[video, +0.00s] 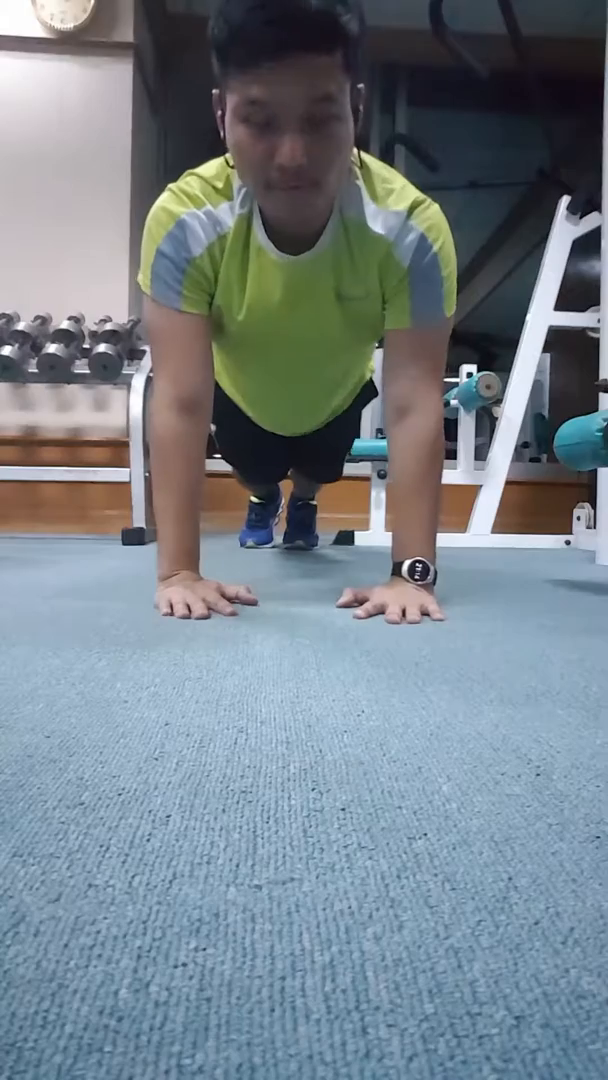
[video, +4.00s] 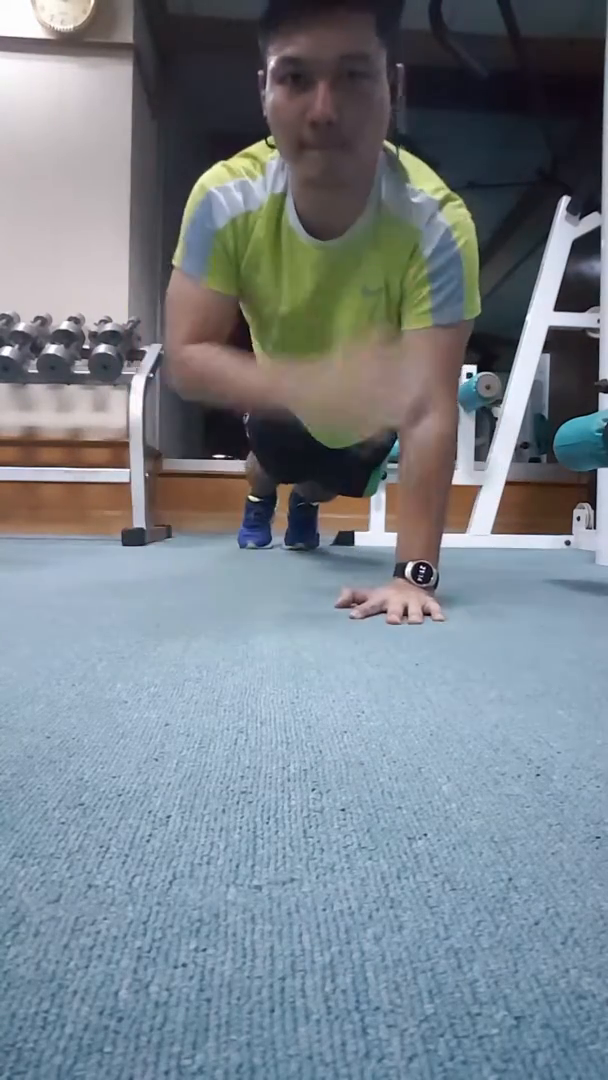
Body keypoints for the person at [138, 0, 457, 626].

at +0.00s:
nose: (292, 153)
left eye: (320, 119)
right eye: (261, 121)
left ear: (355, 111)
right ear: (222, 117)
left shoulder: (410, 231)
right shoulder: (185, 221)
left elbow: (416, 405)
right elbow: (179, 403)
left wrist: (413, 573)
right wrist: (179, 572)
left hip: (335, 397)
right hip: (240, 394)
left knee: (313, 469)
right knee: (255, 469)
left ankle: (300, 502)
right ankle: (264, 498)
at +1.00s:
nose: (306, 248)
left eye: (337, 212)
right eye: (271, 215)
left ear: (376, 171)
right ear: (222, 169)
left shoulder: (428, 275)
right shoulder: (175, 260)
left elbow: (451, 436)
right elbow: (125, 427)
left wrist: (415, 574)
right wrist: (173, 574)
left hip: (339, 463)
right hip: (240, 458)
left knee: (314, 499)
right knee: (256, 498)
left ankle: (301, 519)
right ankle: (260, 518)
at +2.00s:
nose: (317, 261)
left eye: (350, 224)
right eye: (281, 228)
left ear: (387, 192)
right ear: (227, 192)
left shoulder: (433, 288)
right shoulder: (174, 288)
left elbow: (471, 442)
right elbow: (117, 436)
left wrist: (418, 576)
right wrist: (175, 575)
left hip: (342, 484)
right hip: (236, 491)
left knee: (324, 515)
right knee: (251, 525)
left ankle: (313, 531)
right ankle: (268, 533)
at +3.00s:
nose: (303, 518)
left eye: (343, 473)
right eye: (265, 472)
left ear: (384, 453)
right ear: (217, 447)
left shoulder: (436, 466)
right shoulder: (169, 457)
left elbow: (503, 458)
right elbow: (95, 440)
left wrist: (423, 575)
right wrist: (166, 577)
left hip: (364, 570)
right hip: (220, 566)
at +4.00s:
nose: (324, 107)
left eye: (354, 76)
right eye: (296, 79)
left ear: (393, 88)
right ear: (265, 93)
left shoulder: (434, 223)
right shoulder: (225, 199)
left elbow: (430, 405)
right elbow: (188, 358)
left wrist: (414, 574)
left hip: (368, 414)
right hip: (278, 402)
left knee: (327, 482)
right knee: (270, 471)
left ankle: (305, 504)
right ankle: (262, 502)